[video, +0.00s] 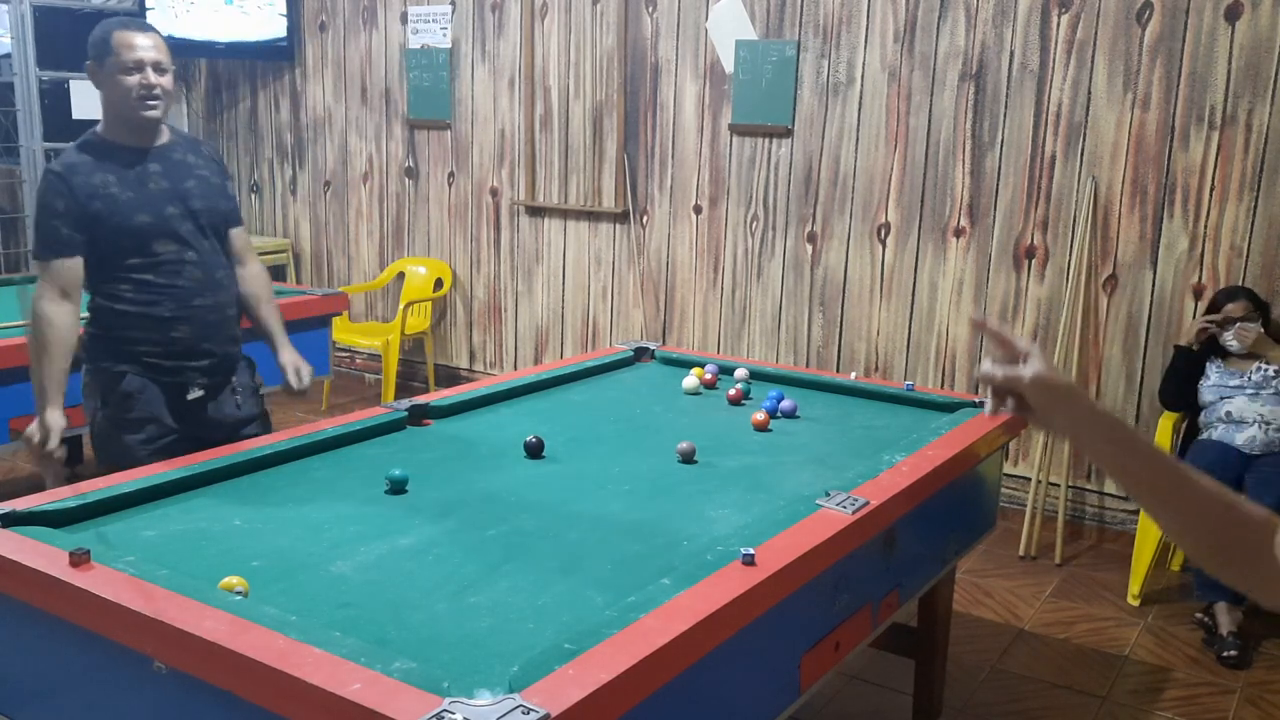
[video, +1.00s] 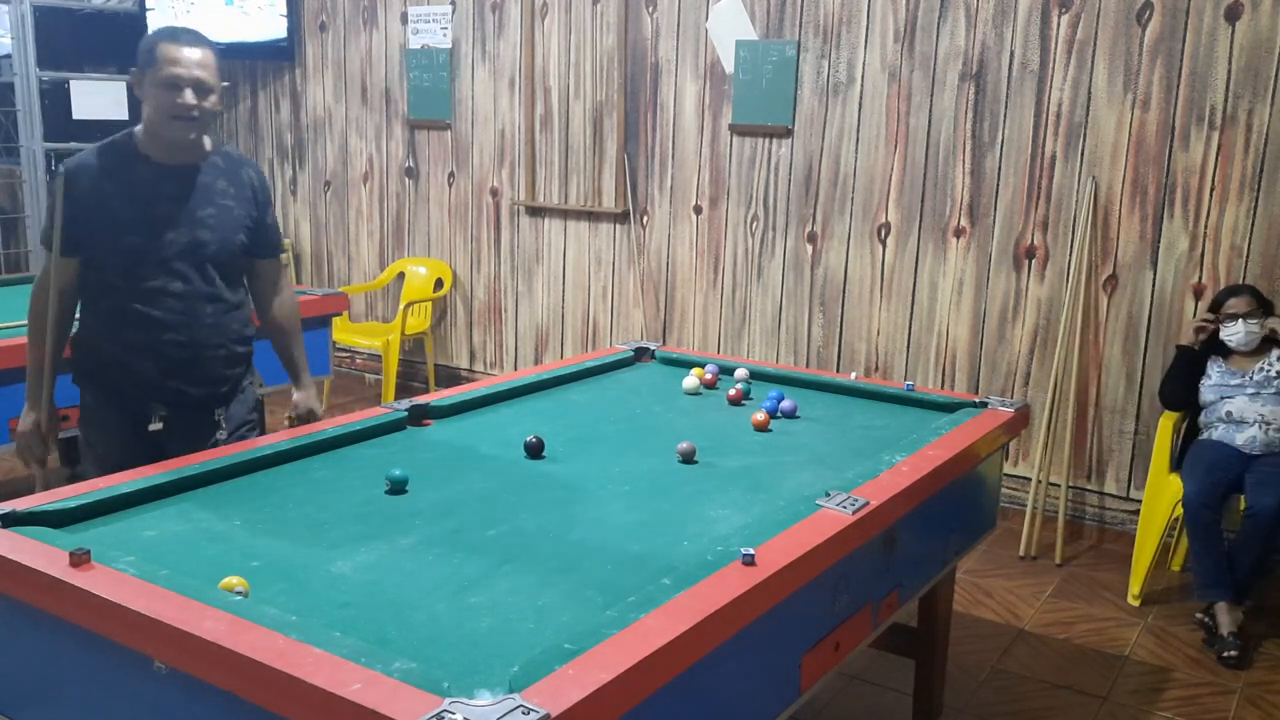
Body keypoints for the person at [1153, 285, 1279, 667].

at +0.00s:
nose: (1236, 330)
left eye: (1245, 321)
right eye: (1226, 323)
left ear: (1262, 322)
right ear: (1212, 326)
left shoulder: (1274, 358)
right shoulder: (1207, 362)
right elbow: (1171, 401)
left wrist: (1270, 350)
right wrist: (1191, 345)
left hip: (1272, 446)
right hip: (1219, 441)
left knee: (1261, 515)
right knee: (1206, 506)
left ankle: (1221, 604)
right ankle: (1225, 614)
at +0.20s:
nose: (1236, 330)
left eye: (1245, 322)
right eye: (1226, 323)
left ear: (1263, 323)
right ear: (1213, 326)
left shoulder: (1274, 359)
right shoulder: (1207, 361)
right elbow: (1171, 401)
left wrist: (1270, 351)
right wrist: (1191, 345)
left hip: (1272, 449)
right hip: (1218, 442)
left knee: (1267, 512)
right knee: (1198, 498)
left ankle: (1231, 614)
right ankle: (1214, 605)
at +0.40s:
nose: (1240, 332)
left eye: (1248, 322)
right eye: (1229, 325)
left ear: (1265, 322)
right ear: (1216, 329)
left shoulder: (1275, 356)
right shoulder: (1206, 360)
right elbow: (1171, 400)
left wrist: (1270, 352)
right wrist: (1192, 345)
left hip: (1272, 449)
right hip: (1218, 442)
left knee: (1268, 510)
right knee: (1198, 497)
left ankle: (1221, 604)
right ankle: (1222, 607)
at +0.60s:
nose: (1239, 329)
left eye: (1247, 321)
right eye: (1229, 322)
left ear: (1264, 322)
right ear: (1216, 326)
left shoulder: (1276, 358)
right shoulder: (1208, 361)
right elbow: (1170, 400)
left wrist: (1269, 348)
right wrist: (1193, 346)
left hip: (1272, 449)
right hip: (1219, 442)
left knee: (1267, 511)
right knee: (1197, 498)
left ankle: (1220, 604)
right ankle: (1225, 611)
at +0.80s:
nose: (1238, 327)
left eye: (1248, 318)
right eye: (1229, 320)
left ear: (1265, 321)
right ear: (1216, 324)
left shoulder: (1275, 359)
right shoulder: (1207, 360)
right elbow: (1170, 399)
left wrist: (1276, 343)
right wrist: (1192, 344)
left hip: (1271, 450)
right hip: (1218, 443)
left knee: (1268, 512)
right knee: (1197, 497)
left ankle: (1220, 604)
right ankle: (1224, 610)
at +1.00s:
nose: (1238, 325)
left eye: (1248, 317)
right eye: (1229, 318)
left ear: (1265, 321)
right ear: (1217, 323)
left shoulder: (1276, 358)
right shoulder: (1208, 359)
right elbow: (1171, 399)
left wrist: (1279, 338)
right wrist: (1193, 345)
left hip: (1272, 449)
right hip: (1219, 442)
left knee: (1268, 511)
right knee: (1197, 498)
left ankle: (1222, 604)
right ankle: (1225, 611)